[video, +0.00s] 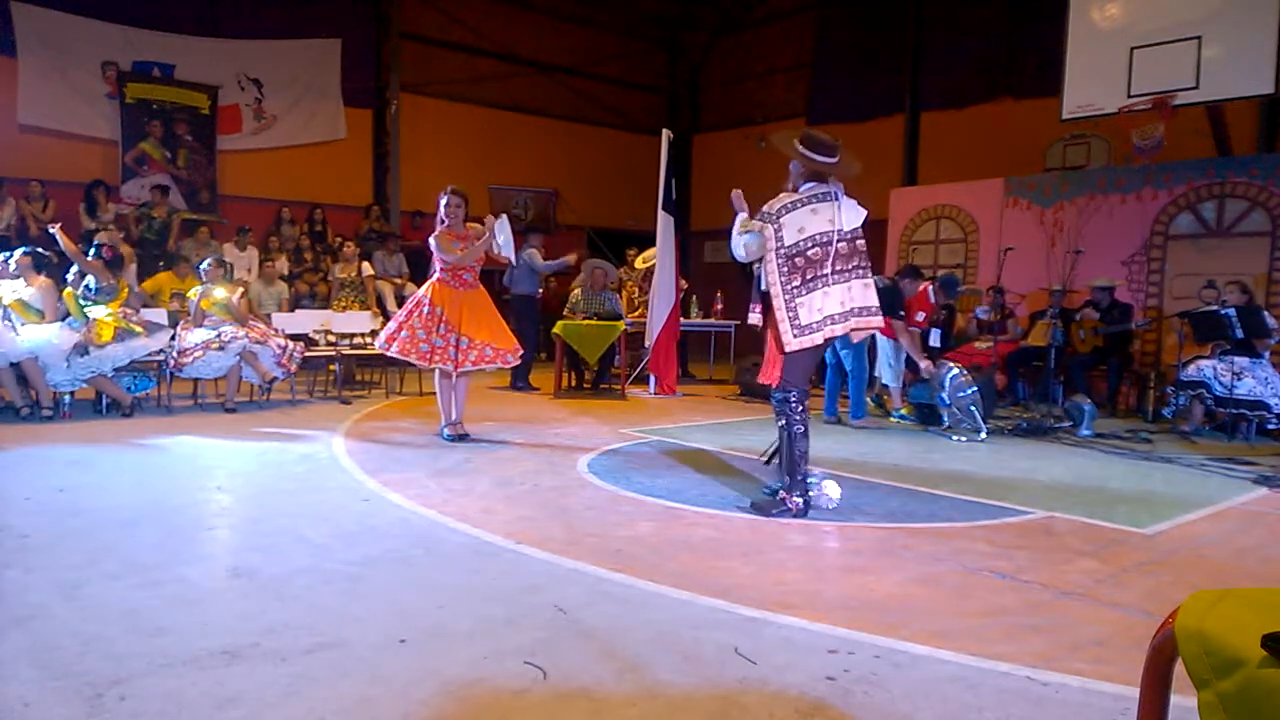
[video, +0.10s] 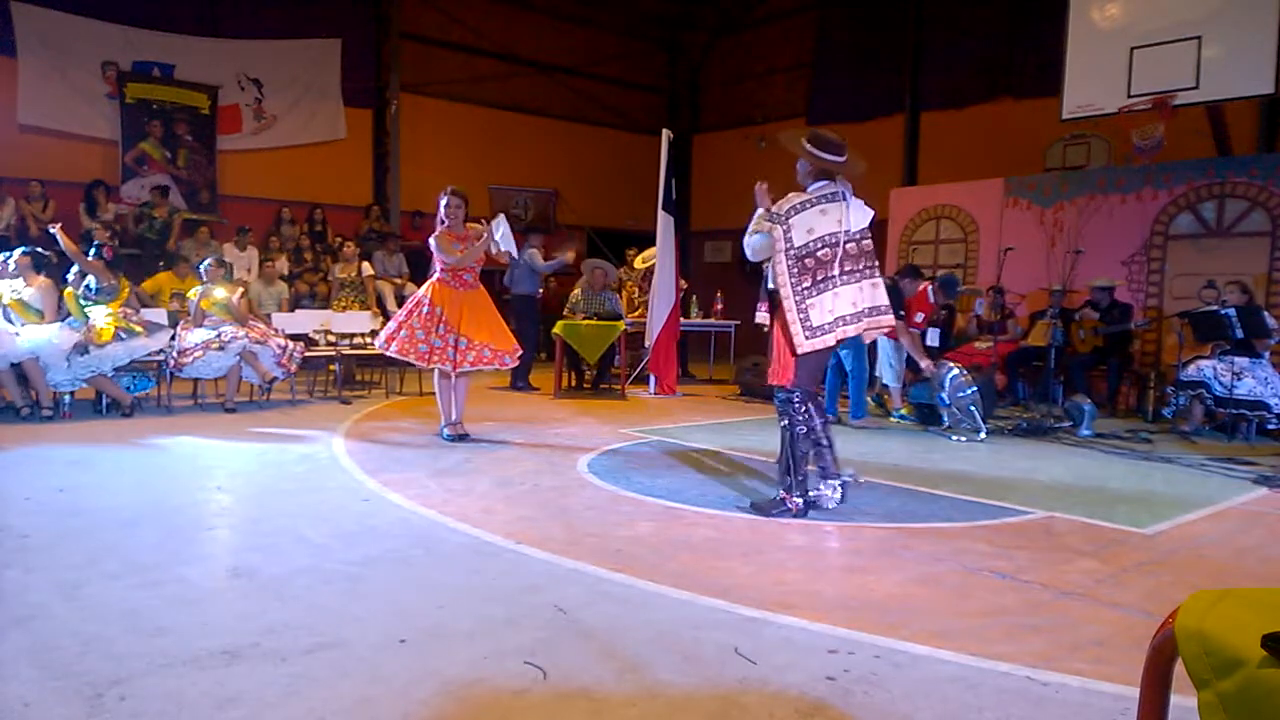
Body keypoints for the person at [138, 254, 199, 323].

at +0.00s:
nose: (187, 271)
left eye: (188, 268)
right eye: (184, 268)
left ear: (190, 268)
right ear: (175, 268)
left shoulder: (193, 281)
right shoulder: (163, 278)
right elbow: (142, 291)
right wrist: (154, 307)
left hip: (186, 315)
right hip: (165, 313)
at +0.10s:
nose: (186, 271)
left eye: (187, 268)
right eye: (183, 268)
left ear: (189, 268)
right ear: (175, 268)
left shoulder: (193, 281)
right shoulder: (163, 278)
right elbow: (141, 291)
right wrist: (154, 307)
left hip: (187, 316)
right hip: (164, 314)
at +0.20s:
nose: (186, 271)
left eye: (187, 268)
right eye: (183, 268)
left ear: (189, 268)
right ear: (175, 268)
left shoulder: (193, 281)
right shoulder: (163, 278)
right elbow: (141, 291)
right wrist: (154, 307)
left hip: (187, 316)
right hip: (165, 314)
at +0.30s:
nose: (186, 271)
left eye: (187, 268)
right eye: (183, 268)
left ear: (189, 268)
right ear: (175, 268)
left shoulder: (193, 281)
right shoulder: (163, 278)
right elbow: (141, 291)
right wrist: (154, 307)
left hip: (187, 316)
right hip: (164, 314)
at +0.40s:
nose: (186, 271)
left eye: (187, 268)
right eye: (183, 268)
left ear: (189, 268)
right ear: (175, 268)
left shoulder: (193, 281)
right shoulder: (163, 278)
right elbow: (141, 291)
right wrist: (154, 308)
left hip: (186, 317)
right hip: (164, 315)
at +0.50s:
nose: (186, 271)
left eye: (187, 268)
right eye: (183, 268)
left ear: (189, 268)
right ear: (175, 268)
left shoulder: (194, 282)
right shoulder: (163, 278)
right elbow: (141, 291)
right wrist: (154, 308)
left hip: (186, 317)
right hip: (164, 315)